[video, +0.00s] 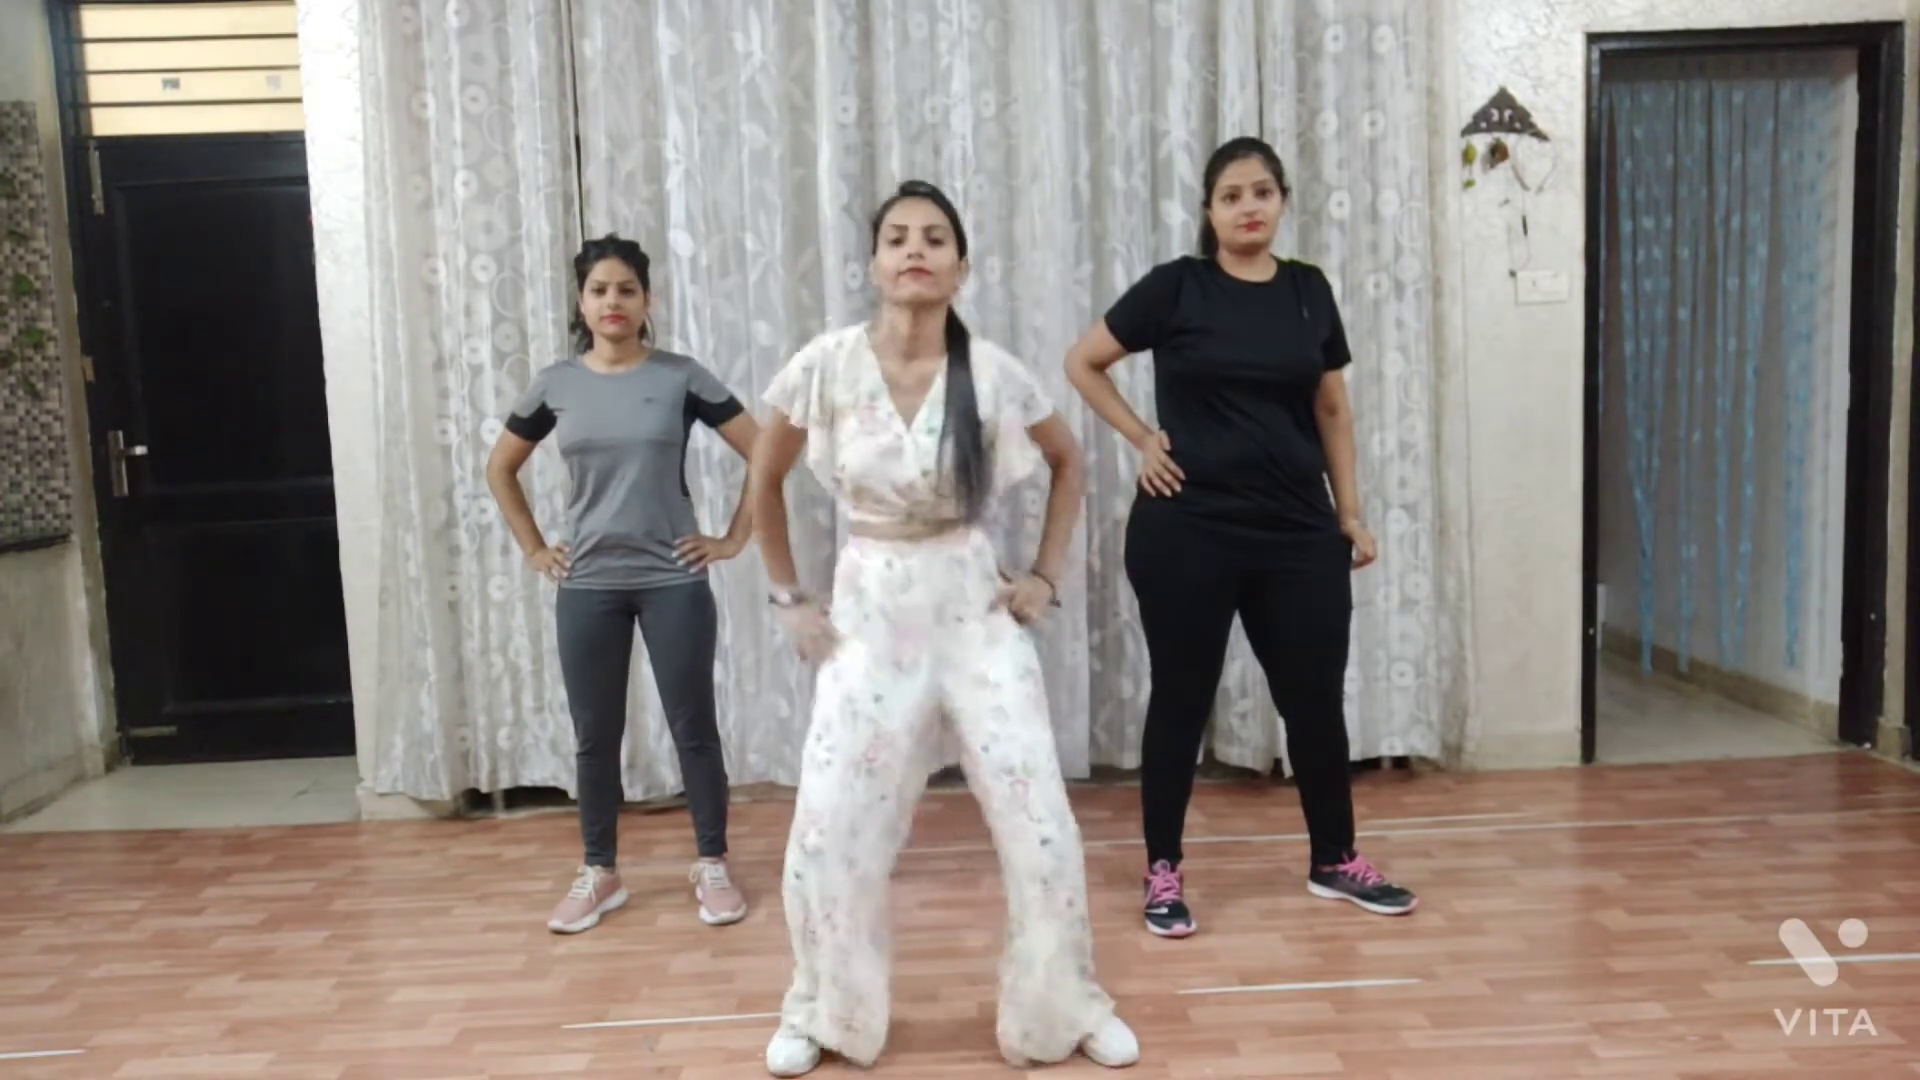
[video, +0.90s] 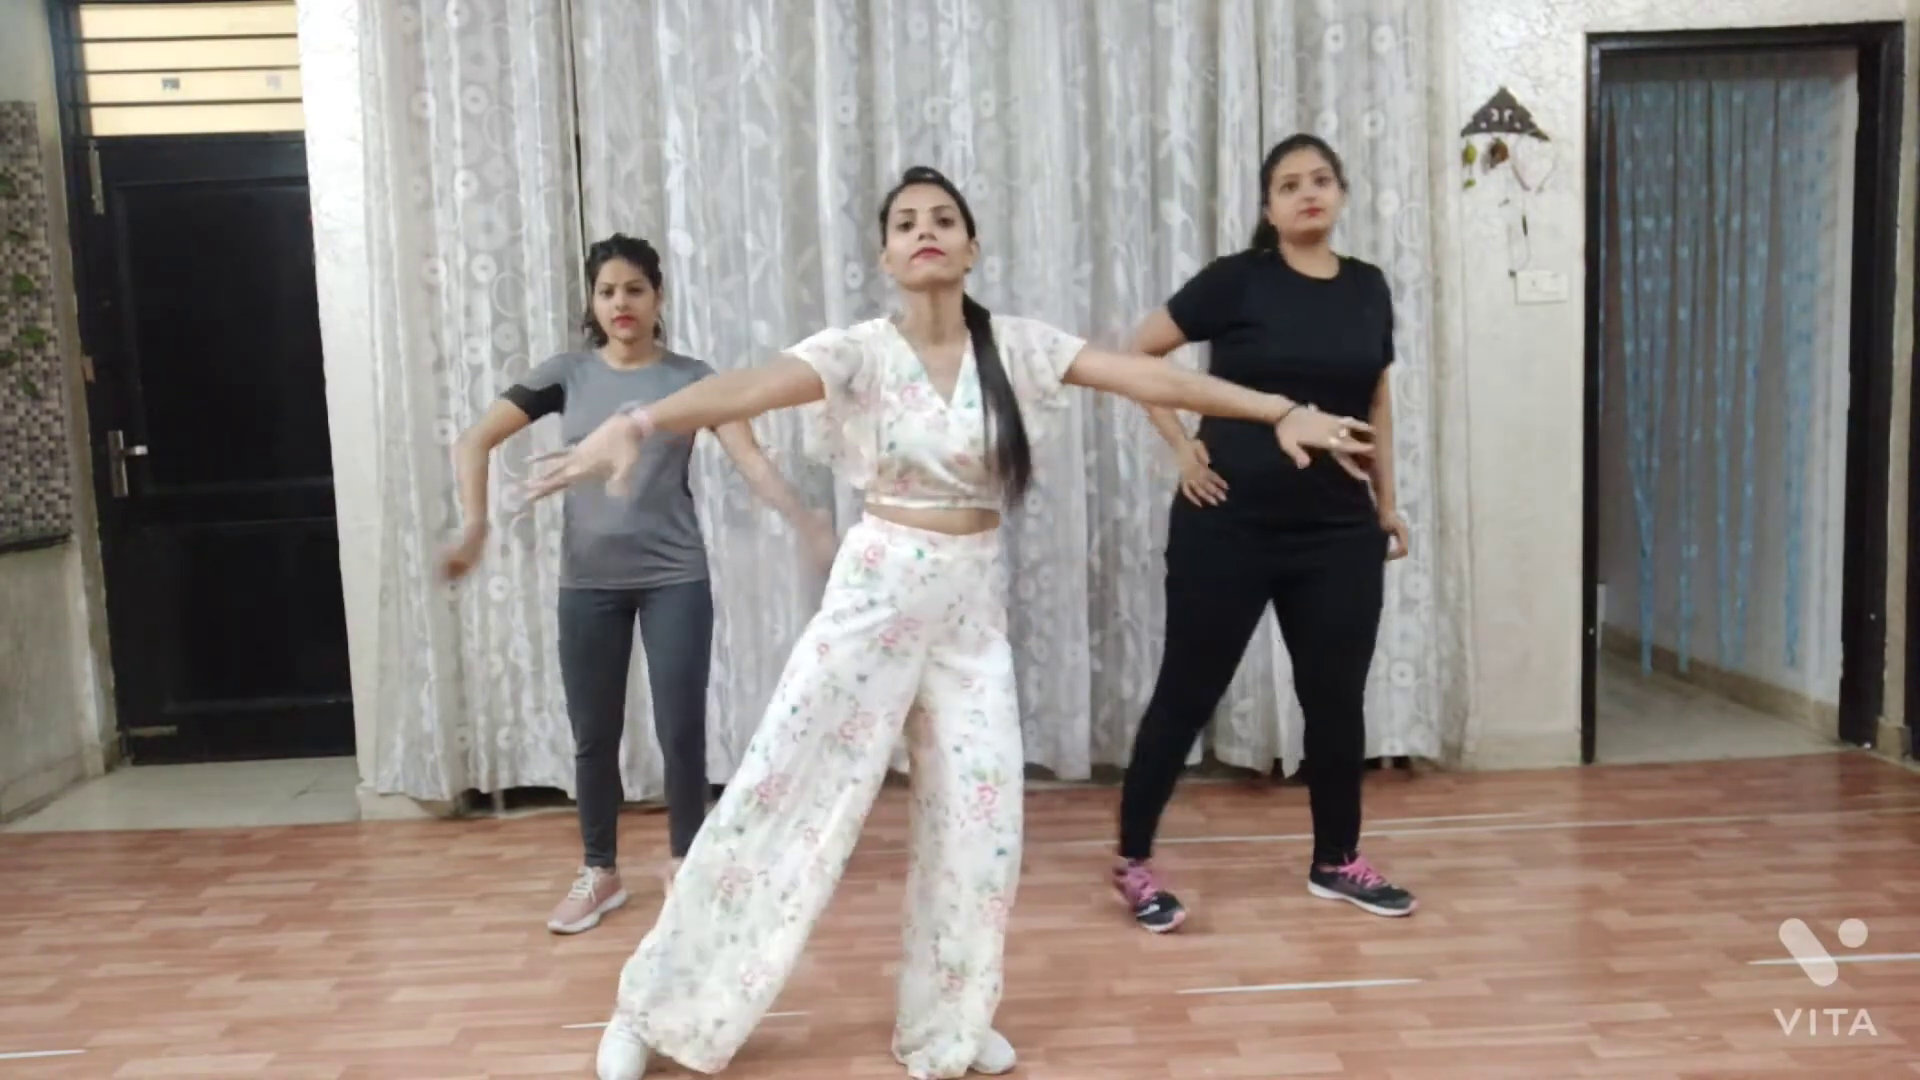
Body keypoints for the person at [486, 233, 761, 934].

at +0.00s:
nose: (613, 301)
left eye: (626, 290)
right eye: (600, 290)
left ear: (646, 302)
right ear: (580, 302)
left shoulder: (681, 378)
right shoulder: (555, 385)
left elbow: (763, 452)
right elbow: (500, 468)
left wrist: (734, 537)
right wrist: (537, 550)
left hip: (674, 574)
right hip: (588, 579)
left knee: (693, 726)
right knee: (594, 736)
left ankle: (712, 866)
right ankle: (599, 872)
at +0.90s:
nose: (621, 303)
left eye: (634, 290)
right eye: (608, 292)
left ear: (658, 297)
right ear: (591, 303)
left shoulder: (694, 379)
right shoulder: (569, 375)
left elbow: (752, 460)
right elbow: (473, 441)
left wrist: (806, 518)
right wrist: (473, 529)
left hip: (674, 574)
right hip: (589, 582)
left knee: (680, 732)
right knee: (595, 738)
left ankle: (687, 873)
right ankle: (599, 873)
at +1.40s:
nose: (647, 313)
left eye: (660, 301)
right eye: (635, 302)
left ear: (686, 308)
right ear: (615, 313)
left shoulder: (726, 372)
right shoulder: (603, 369)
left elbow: (694, 364)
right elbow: (630, 358)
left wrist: (632, 337)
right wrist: (745, 330)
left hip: (711, 577)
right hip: (626, 577)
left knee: (697, 735)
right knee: (547, 714)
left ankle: (687, 876)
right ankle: (468, 833)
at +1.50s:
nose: (648, 313)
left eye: (662, 301)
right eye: (636, 304)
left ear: (688, 303)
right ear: (618, 311)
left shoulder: (727, 367)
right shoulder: (605, 367)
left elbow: (716, 359)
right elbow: (612, 343)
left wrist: (619, 349)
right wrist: (731, 329)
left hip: (710, 576)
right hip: (625, 576)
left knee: (697, 734)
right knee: (557, 723)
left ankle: (688, 870)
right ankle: (488, 841)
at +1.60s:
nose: (653, 310)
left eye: (664, 298)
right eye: (639, 301)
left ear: (684, 302)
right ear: (622, 311)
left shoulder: (719, 377)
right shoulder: (610, 383)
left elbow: (744, 346)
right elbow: (589, 319)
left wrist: (636, 358)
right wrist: (698, 312)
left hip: (710, 577)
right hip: (625, 577)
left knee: (696, 734)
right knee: (555, 721)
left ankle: (689, 877)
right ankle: (483, 840)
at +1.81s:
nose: (650, 314)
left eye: (661, 302)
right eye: (639, 304)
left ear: (683, 306)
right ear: (622, 314)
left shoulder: (718, 378)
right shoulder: (606, 377)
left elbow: (759, 333)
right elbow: (559, 316)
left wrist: (661, 338)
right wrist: (642, 293)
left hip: (710, 578)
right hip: (625, 579)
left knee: (696, 735)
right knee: (553, 725)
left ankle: (688, 874)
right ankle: (482, 839)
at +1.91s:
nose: (662, 314)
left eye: (674, 302)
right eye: (647, 304)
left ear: (690, 308)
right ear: (622, 315)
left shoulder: (717, 380)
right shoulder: (604, 376)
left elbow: (771, 331)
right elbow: (535, 320)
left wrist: (674, 334)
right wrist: (621, 307)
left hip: (708, 581)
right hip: (621, 582)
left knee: (695, 735)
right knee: (553, 724)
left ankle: (690, 876)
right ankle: (482, 840)